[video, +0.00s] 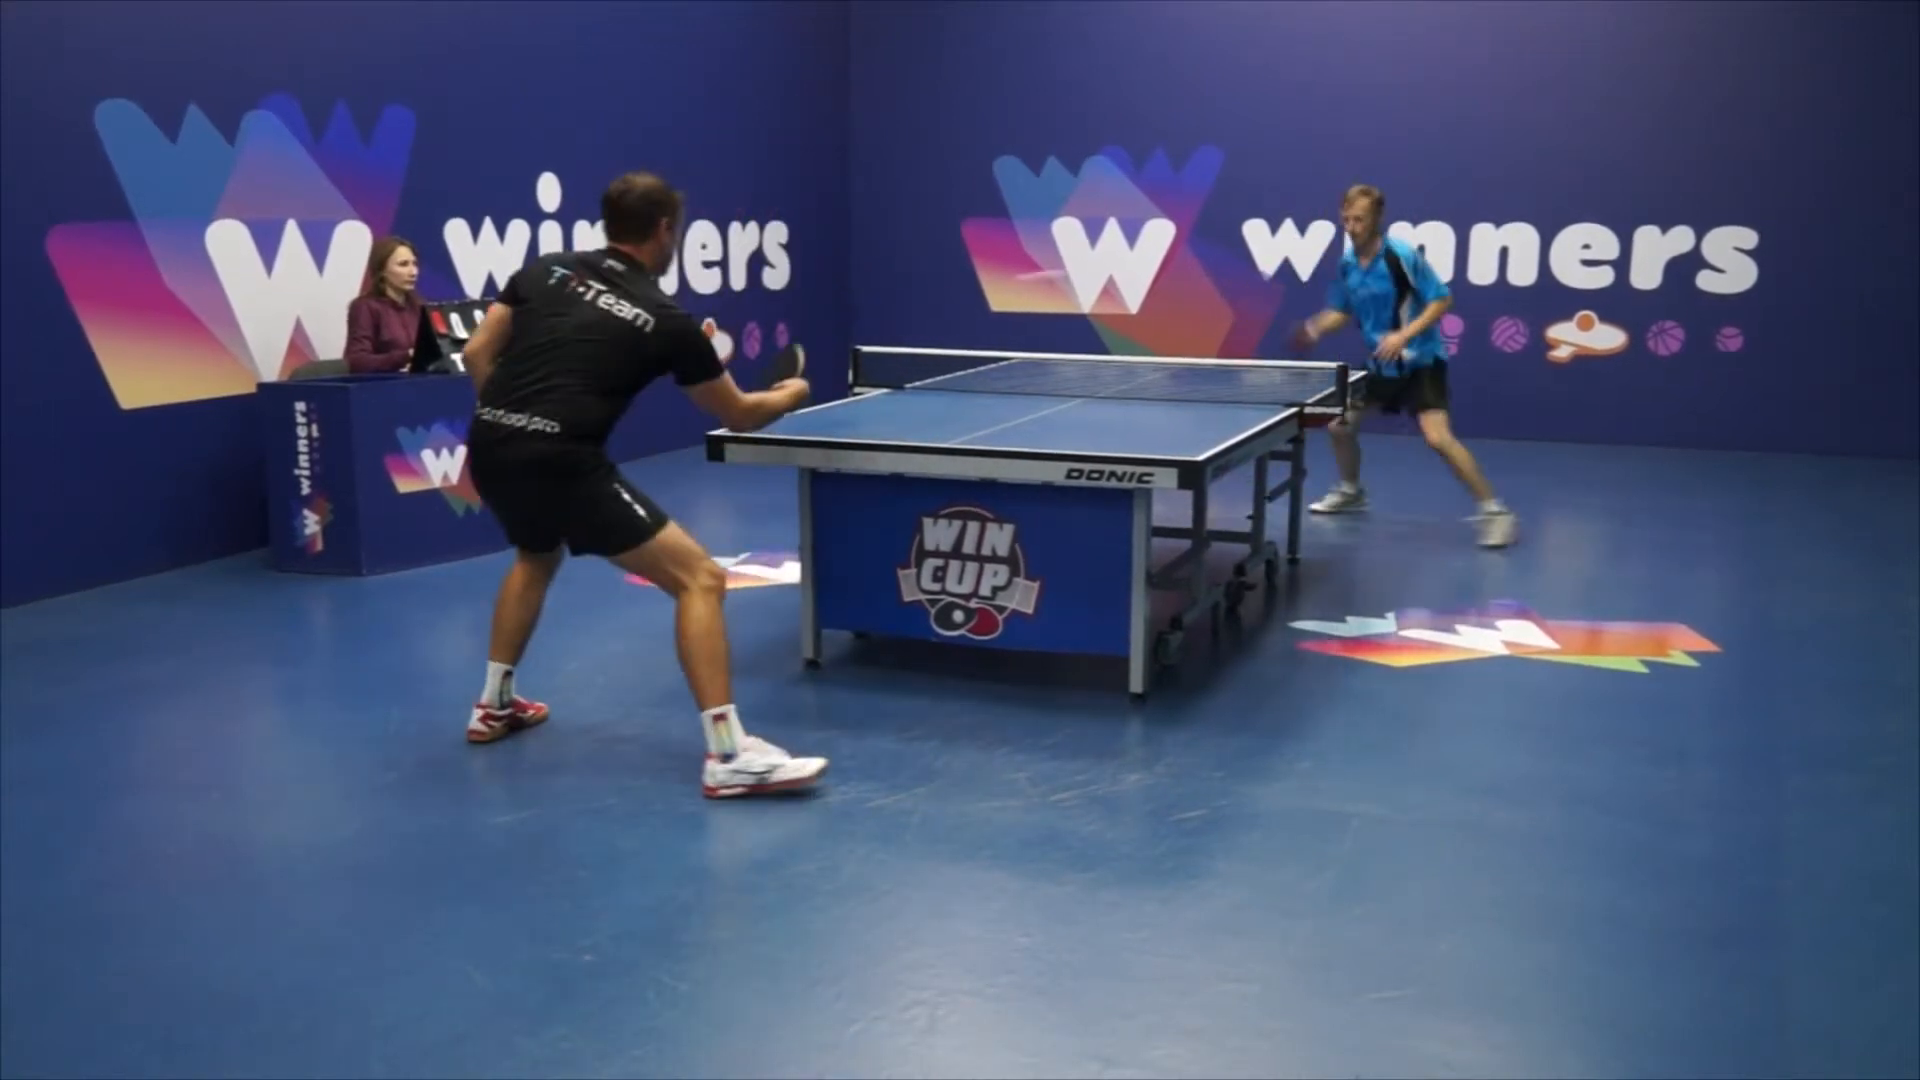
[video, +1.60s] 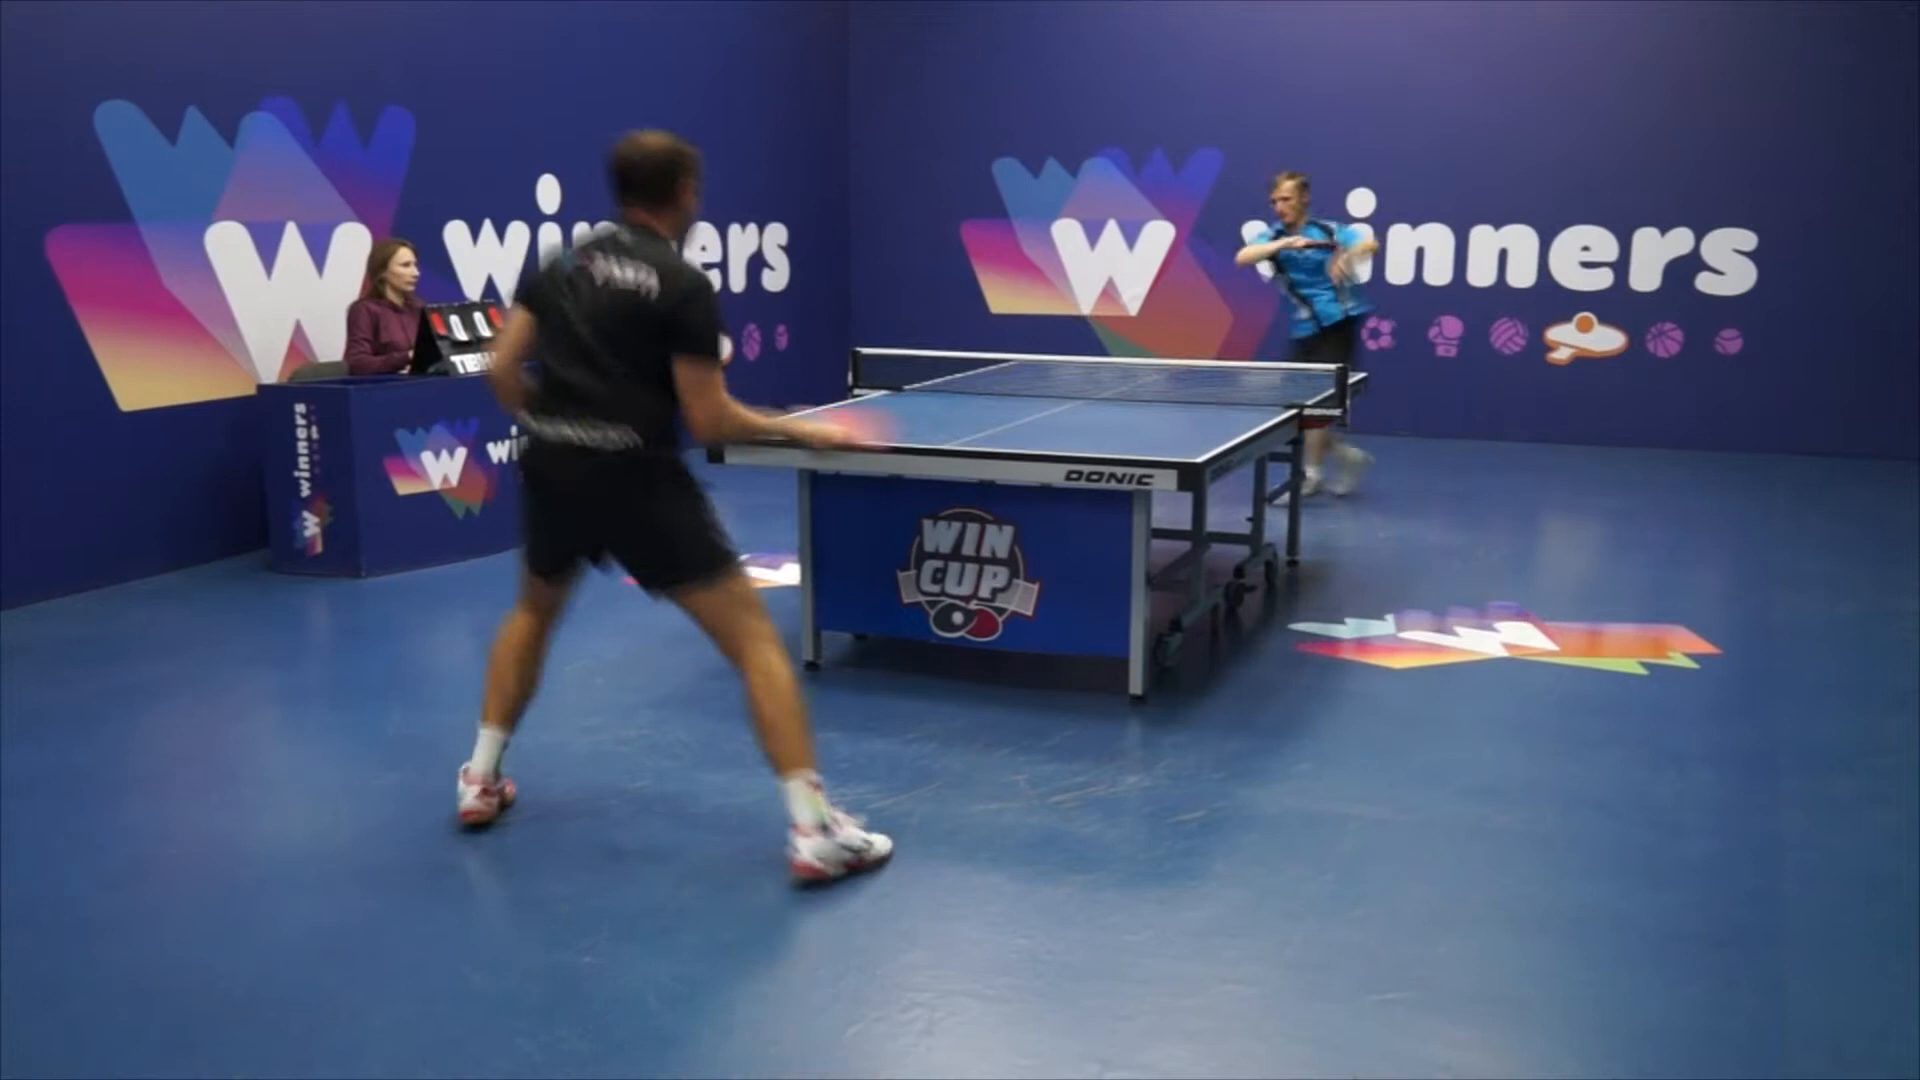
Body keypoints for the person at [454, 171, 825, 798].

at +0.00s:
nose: (674, 241)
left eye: (673, 231)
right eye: (674, 231)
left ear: (608, 227)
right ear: (661, 233)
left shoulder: (547, 270)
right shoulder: (667, 322)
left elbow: (477, 353)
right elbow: (739, 413)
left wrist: (504, 416)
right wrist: (789, 393)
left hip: (491, 449)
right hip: (563, 461)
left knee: (536, 555)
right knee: (699, 580)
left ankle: (493, 702)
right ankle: (728, 750)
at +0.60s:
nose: (669, 170)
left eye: (665, 157)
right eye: (666, 158)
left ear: (595, 158)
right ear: (648, 161)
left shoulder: (535, 220)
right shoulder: (642, 242)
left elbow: (479, 319)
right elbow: (651, 371)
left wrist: (536, 357)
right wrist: (733, 380)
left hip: (498, 422)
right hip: (573, 431)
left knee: (499, 573)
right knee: (671, 589)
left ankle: (419, 721)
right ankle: (682, 779)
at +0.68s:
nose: (662, 192)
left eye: (661, 180)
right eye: (660, 180)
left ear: (590, 175)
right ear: (636, 182)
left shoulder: (535, 238)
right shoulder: (610, 263)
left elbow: (476, 331)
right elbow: (610, 391)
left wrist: (508, 404)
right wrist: (724, 414)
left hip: (498, 448)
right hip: (571, 454)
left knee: (492, 603)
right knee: (667, 607)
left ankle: (379, 738)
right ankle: (682, 799)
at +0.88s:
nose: (569, 215)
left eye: (568, 201)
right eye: (566, 201)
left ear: (508, 191)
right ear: (541, 198)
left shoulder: (473, 254)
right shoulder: (522, 290)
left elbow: (490, 376)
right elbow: (567, 410)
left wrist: (558, 417)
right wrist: (645, 420)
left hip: (469, 463)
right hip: (514, 470)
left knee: (478, 617)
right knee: (603, 619)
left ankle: (351, 734)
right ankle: (655, 802)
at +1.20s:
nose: (536, 190)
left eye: (532, 179)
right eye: (533, 180)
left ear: (456, 188)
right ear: (516, 188)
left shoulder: (405, 270)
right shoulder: (543, 284)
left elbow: (387, 388)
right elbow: (593, 390)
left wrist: (453, 381)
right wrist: (609, 326)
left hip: (422, 478)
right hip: (508, 482)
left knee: (409, 600)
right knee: (618, 625)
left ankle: (344, 744)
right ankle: (624, 797)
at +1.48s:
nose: (645, 174)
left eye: (642, 162)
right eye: (641, 164)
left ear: (564, 171)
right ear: (627, 171)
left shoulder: (504, 235)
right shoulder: (639, 248)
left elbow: (439, 332)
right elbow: (672, 381)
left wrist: (476, 389)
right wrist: (707, 363)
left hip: (504, 452)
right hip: (594, 453)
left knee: (481, 581)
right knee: (720, 594)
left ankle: (419, 739)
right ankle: (703, 774)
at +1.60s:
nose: (698, 201)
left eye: (692, 189)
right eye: (695, 190)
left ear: (621, 192)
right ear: (682, 196)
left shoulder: (563, 264)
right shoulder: (683, 285)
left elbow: (500, 367)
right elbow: (708, 418)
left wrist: (550, 419)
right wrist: (803, 429)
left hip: (552, 472)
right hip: (640, 480)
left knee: (533, 607)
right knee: (755, 643)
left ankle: (479, 775)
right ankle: (814, 824)